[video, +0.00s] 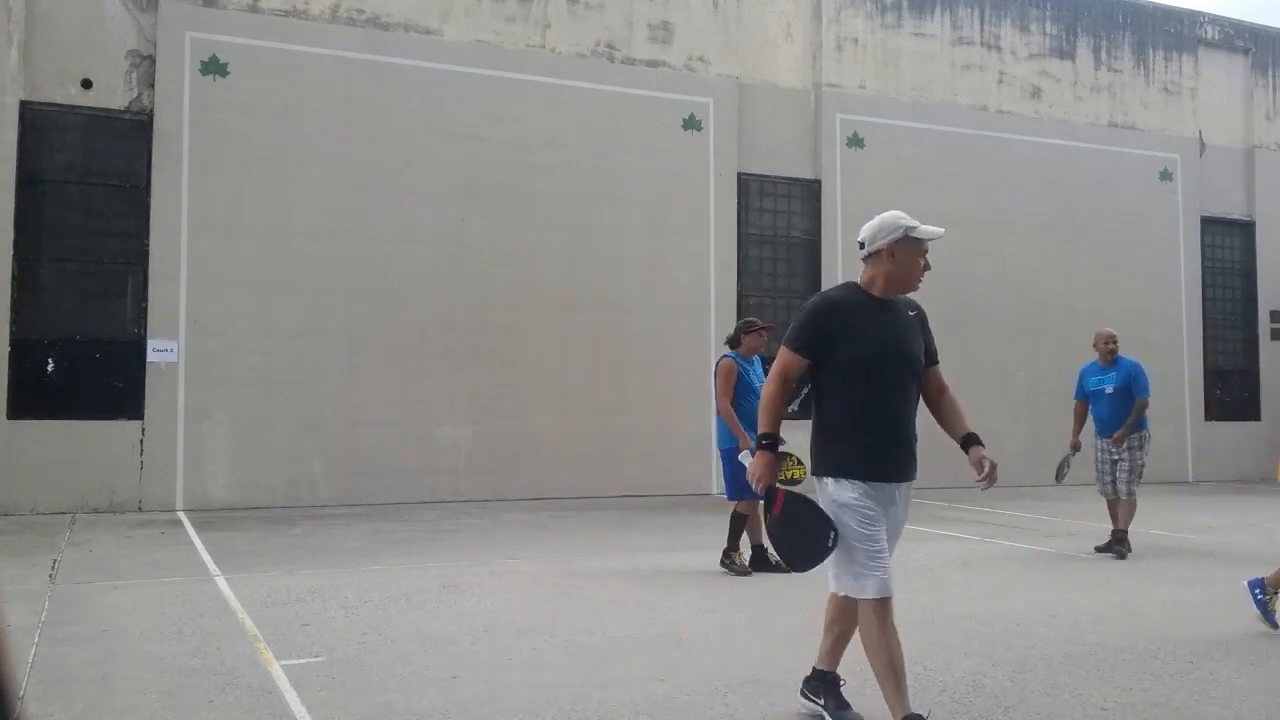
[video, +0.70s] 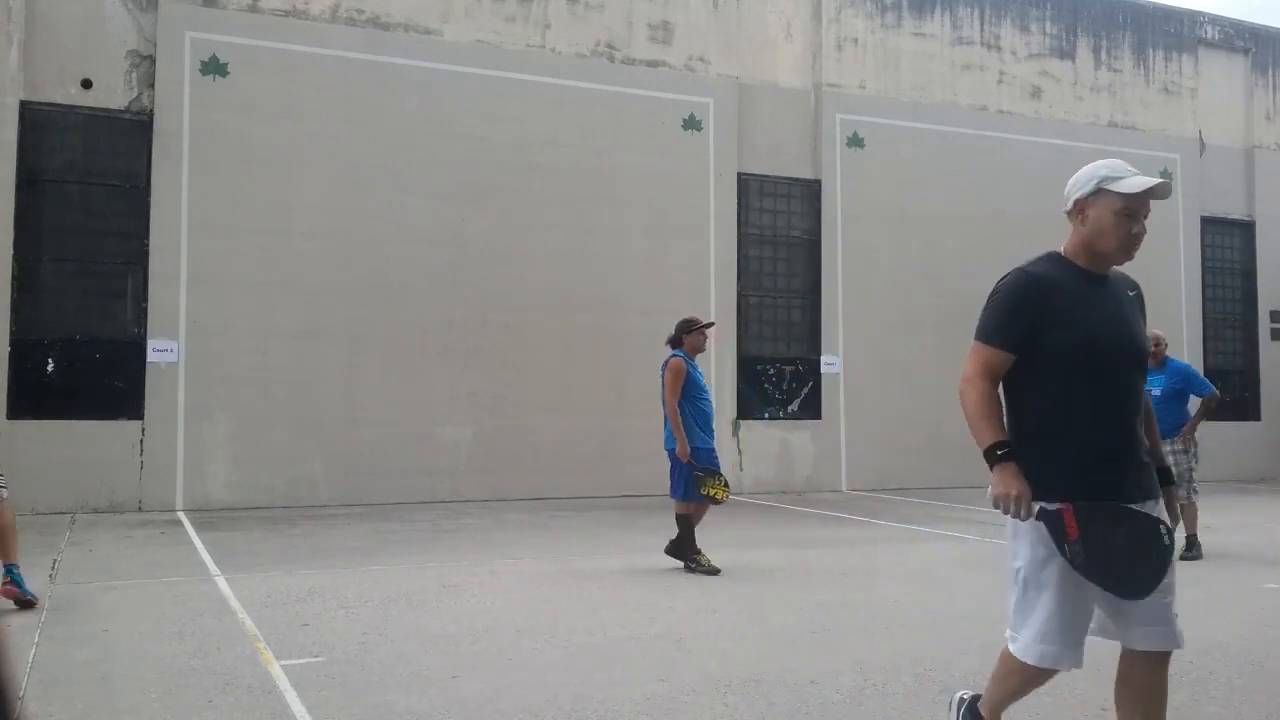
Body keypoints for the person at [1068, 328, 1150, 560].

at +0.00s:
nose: (1112, 346)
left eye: (1114, 342)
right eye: (1106, 343)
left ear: (1119, 345)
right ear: (1096, 347)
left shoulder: (1132, 369)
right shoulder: (1087, 372)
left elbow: (1142, 403)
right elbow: (1081, 405)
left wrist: (1125, 431)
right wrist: (1075, 436)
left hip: (1131, 437)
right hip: (1103, 438)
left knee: (1126, 486)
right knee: (1108, 488)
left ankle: (1121, 537)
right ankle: (1117, 535)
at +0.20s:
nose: (1116, 346)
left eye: (1119, 341)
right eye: (1110, 343)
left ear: (1124, 344)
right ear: (1100, 346)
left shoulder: (1137, 367)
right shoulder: (1096, 372)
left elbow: (1148, 401)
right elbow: (1091, 404)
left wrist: (1129, 431)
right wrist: (1086, 434)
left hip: (1137, 437)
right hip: (1109, 439)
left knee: (1142, 488)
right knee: (1112, 488)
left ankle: (1154, 538)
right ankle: (1119, 537)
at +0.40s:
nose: (1128, 346)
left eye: (1131, 342)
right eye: (1123, 343)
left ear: (1137, 344)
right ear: (1114, 347)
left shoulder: (1150, 368)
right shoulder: (1109, 372)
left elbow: (1163, 402)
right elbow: (1104, 404)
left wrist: (1149, 431)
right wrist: (1099, 433)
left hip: (1147, 441)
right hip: (1119, 441)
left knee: (1163, 490)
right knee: (1117, 488)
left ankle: (1185, 538)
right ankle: (1119, 537)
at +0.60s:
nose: (1146, 349)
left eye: (1150, 345)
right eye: (1141, 346)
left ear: (1157, 347)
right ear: (1133, 349)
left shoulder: (1172, 371)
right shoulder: (1128, 373)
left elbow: (1196, 401)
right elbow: (1123, 399)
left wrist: (1175, 426)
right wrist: (1117, 426)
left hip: (1168, 442)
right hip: (1139, 444)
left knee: (1178, 494)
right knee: (1131, 492)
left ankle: (1191, 542)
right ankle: (1129, 538)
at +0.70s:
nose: (1155, 349)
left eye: (1158, 345)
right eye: (1151, 346)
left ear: (1166, 346)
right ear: (1145, 348)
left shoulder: (1180, 370)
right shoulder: (1141, 371)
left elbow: (1211, 395)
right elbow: (1135, 404)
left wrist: (1192, 424)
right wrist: (1140, 432)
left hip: (1178, 439)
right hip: (1152, 441)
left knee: (1184, 493)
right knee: (1163, 492)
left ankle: (1191, 541)